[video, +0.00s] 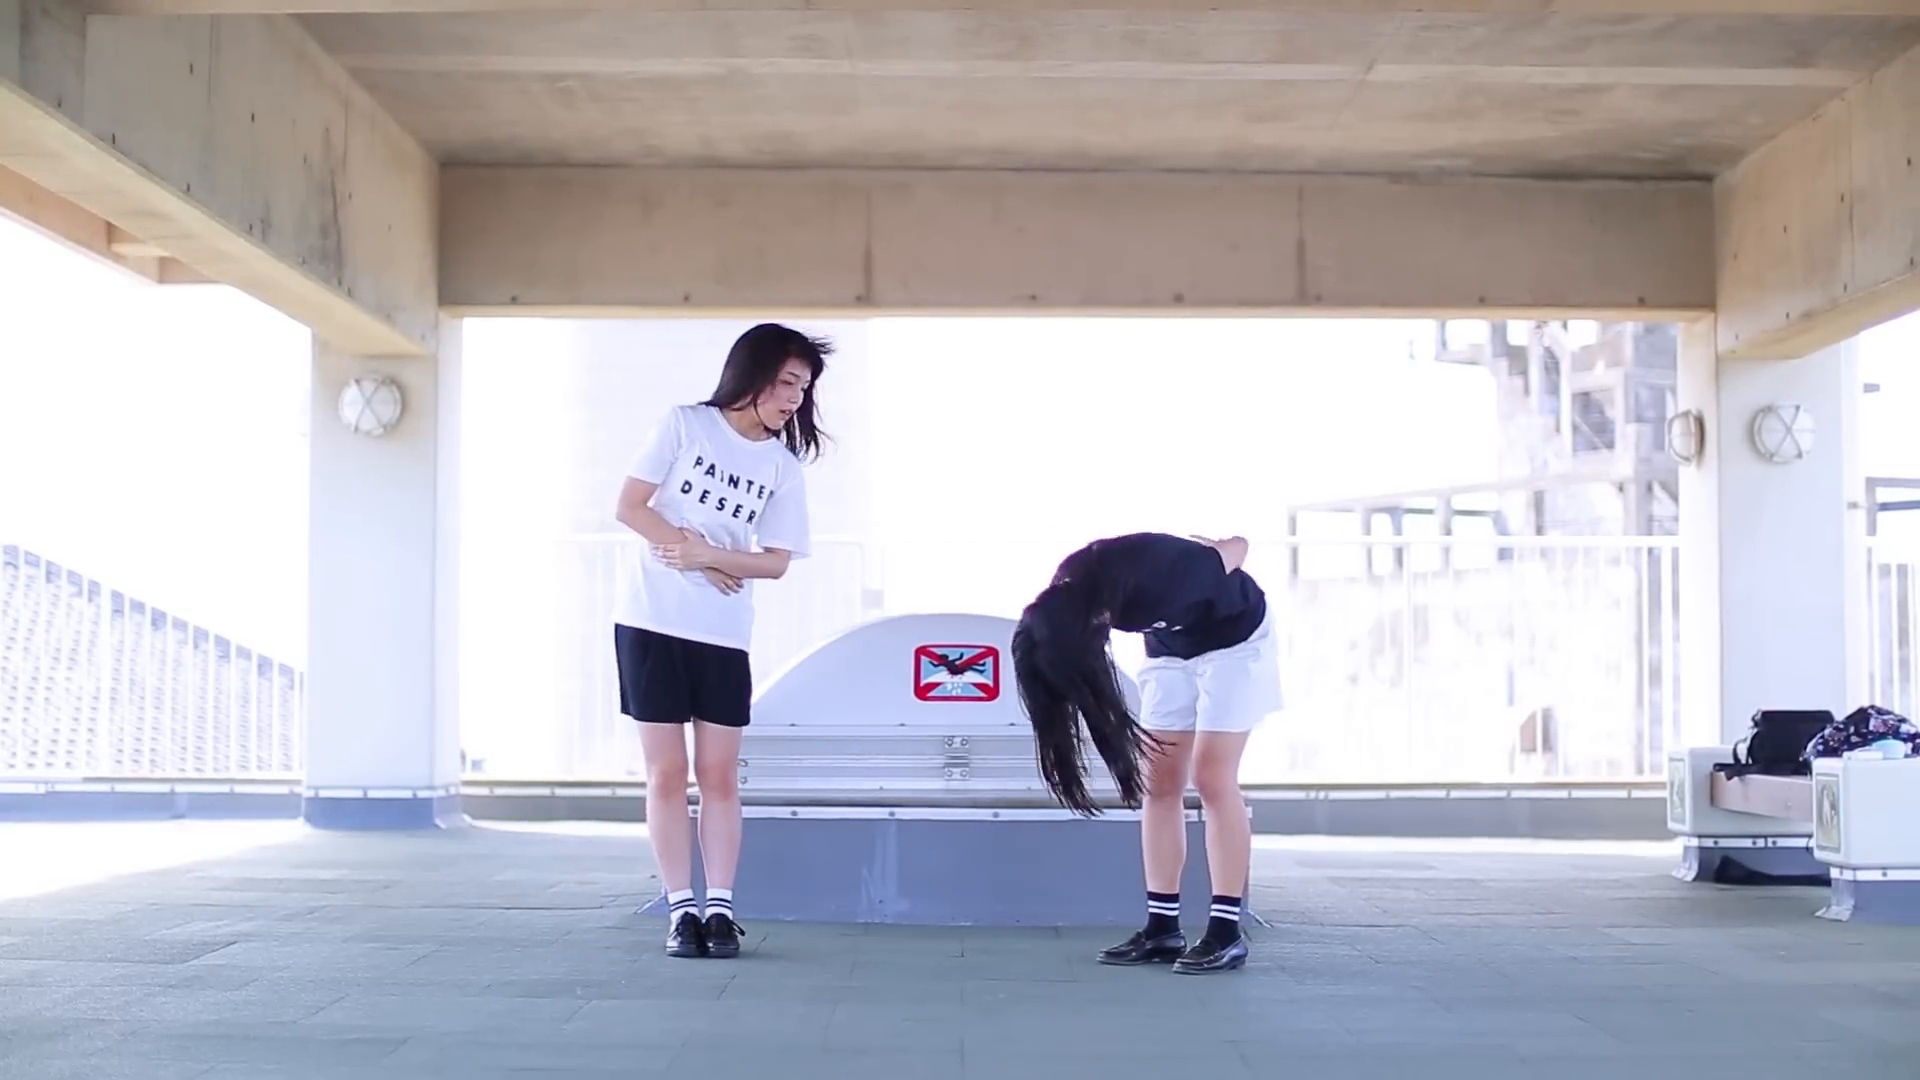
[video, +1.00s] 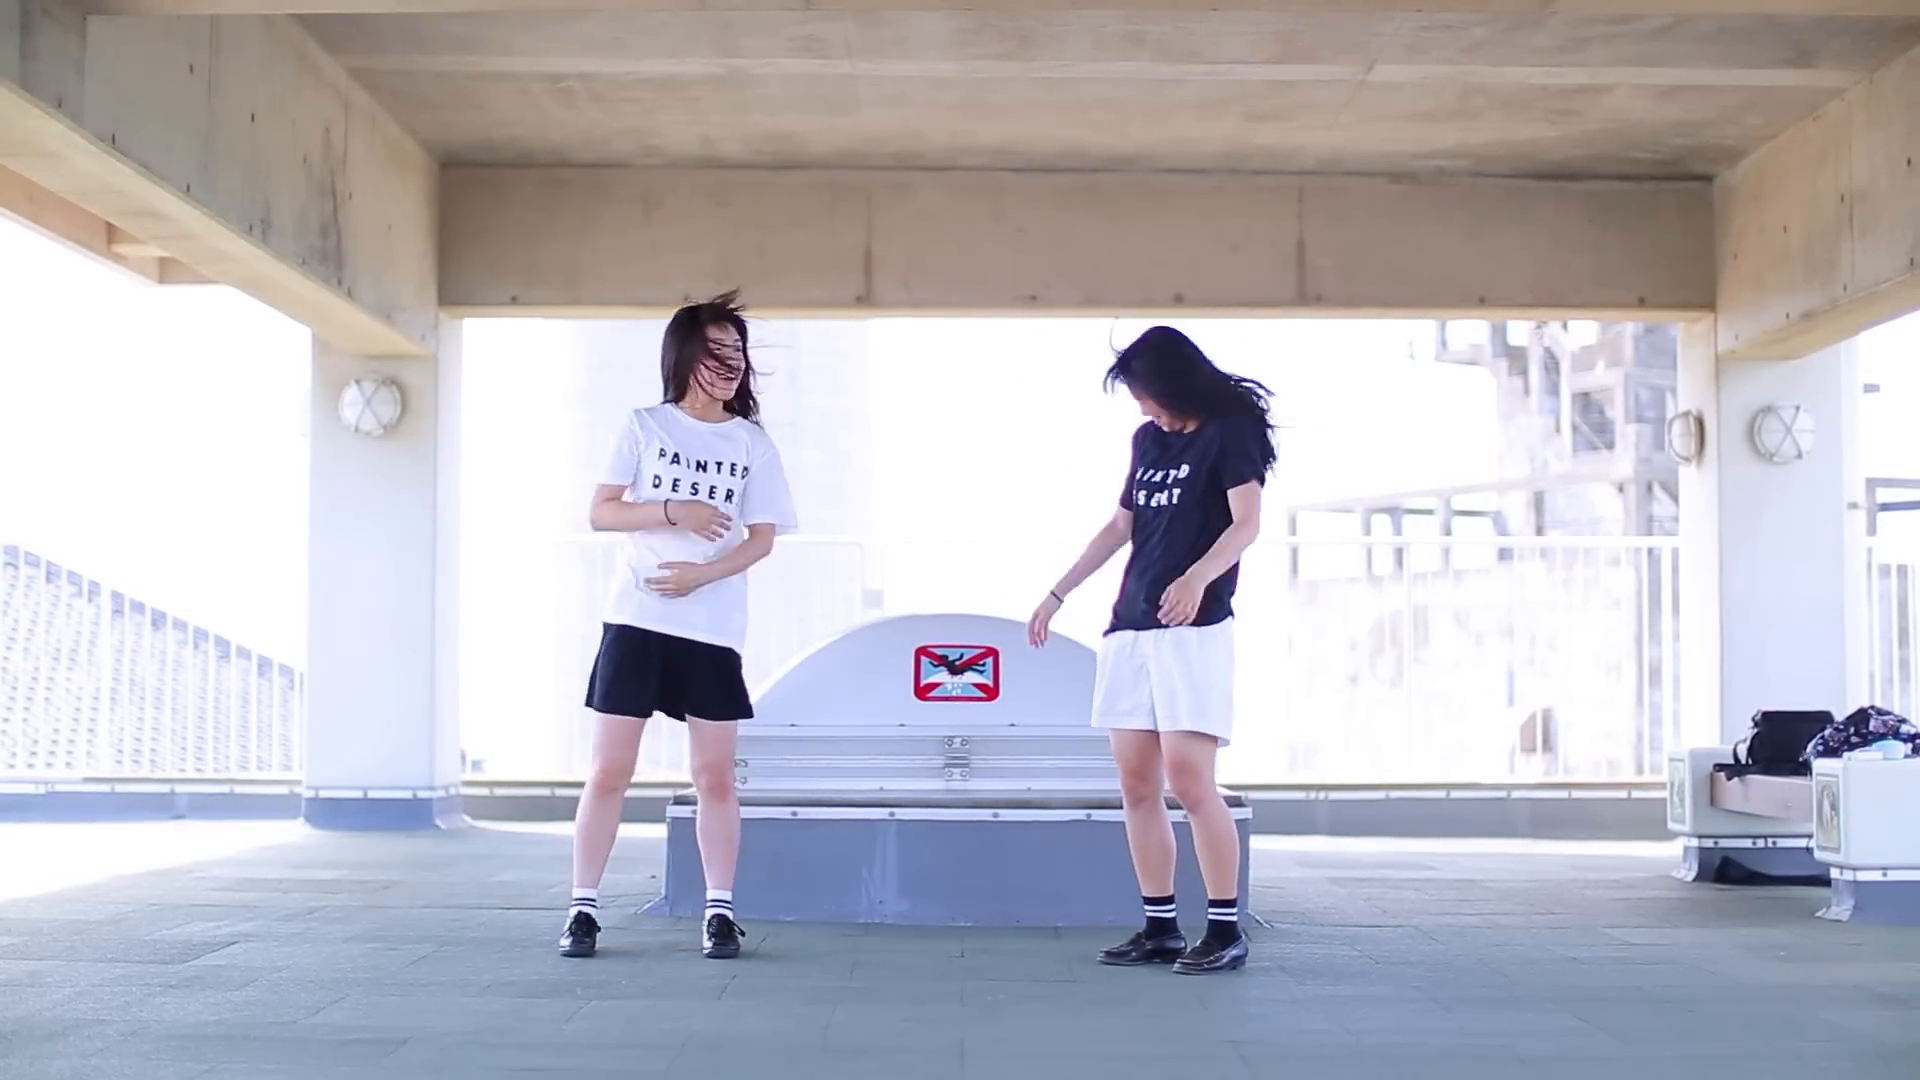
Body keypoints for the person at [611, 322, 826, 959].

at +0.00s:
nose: (795, 396)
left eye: (804, 386)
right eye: (787, 380)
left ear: (806, 392)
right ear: (752, 374)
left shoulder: (784, 466)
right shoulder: (686, 423)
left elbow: (777, 562)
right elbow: (631, 506)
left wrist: (708, 552)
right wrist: (702, 558)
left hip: (724, 633)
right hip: (653, 624)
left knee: (720, 779)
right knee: (666, 776)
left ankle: (720, 910)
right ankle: (682, 910)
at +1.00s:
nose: (726, 363)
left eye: (735, 353)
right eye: (712, 351)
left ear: (746, 361)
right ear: (682, 355)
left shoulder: (753, 441)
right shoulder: (646, 424)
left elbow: (763, 538)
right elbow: (601, 512)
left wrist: (704, 573)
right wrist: (676, 510)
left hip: (712, 630)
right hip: (636, 621)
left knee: (716, 778)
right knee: (609, 774)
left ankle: (719, 911)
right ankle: (583, 908)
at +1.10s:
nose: (699, 359)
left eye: (710, 349)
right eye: (686, 348)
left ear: (723, 357)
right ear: (658, 355)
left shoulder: (738, 438)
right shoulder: (630, 422)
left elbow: (749, 538)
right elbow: (580, 500)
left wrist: (713, 601)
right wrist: (640, 453)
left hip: (700, 626)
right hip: (624, 619)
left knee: (709, 779)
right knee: (602, 775)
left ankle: (718, 912)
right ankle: (582, 910)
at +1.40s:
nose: (594, 366)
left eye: (607, 354)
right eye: (591, 356)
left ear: (649, 360)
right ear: (595, 361)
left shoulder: (694, 442)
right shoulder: (587, 423)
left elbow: (725, 533)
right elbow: (517, 431)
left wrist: (726, 619)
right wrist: (561, 361)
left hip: (655, 630)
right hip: (578, 623)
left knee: (685, 785)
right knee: (576, 775)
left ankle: (713, 910)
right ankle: (578, 911)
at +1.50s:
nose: (588, 362)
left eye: (601, 352)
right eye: (586, 353)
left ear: (641, 362)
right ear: (585, 362)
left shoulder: (679, 441)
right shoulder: (572, 425)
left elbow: (717, 526)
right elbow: (499, 436)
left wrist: (709, 602)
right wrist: (547, 368)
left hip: (645, 626)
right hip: (568, 621)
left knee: (674, 785)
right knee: (571, 774)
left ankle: (700, 909)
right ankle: (578, 911)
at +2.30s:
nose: (599, 365)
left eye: (612, 351)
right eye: (586, 353)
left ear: (638, 356)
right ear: (573, 361)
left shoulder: (662, 421)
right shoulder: (562, 426)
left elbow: (695, 464)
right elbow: (486, 446)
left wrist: (657, 381)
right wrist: (544, 381)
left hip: (645, 621)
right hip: (569, 620)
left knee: (642, 777)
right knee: (574, 774)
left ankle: (648, 908)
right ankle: (578, 911)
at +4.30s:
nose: (615, 363)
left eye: (626, 356)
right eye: (605, 347)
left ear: (632, 369)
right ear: (572, 347)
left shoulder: (625, 440)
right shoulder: (528, 424)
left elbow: (631, 538)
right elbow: (497, 521)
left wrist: (630, 624)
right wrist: (510, 611)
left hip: (604, 630)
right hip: (539, 625)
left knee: (601, 775)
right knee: (538, 772)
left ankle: (593, 906)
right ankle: (541, 911)